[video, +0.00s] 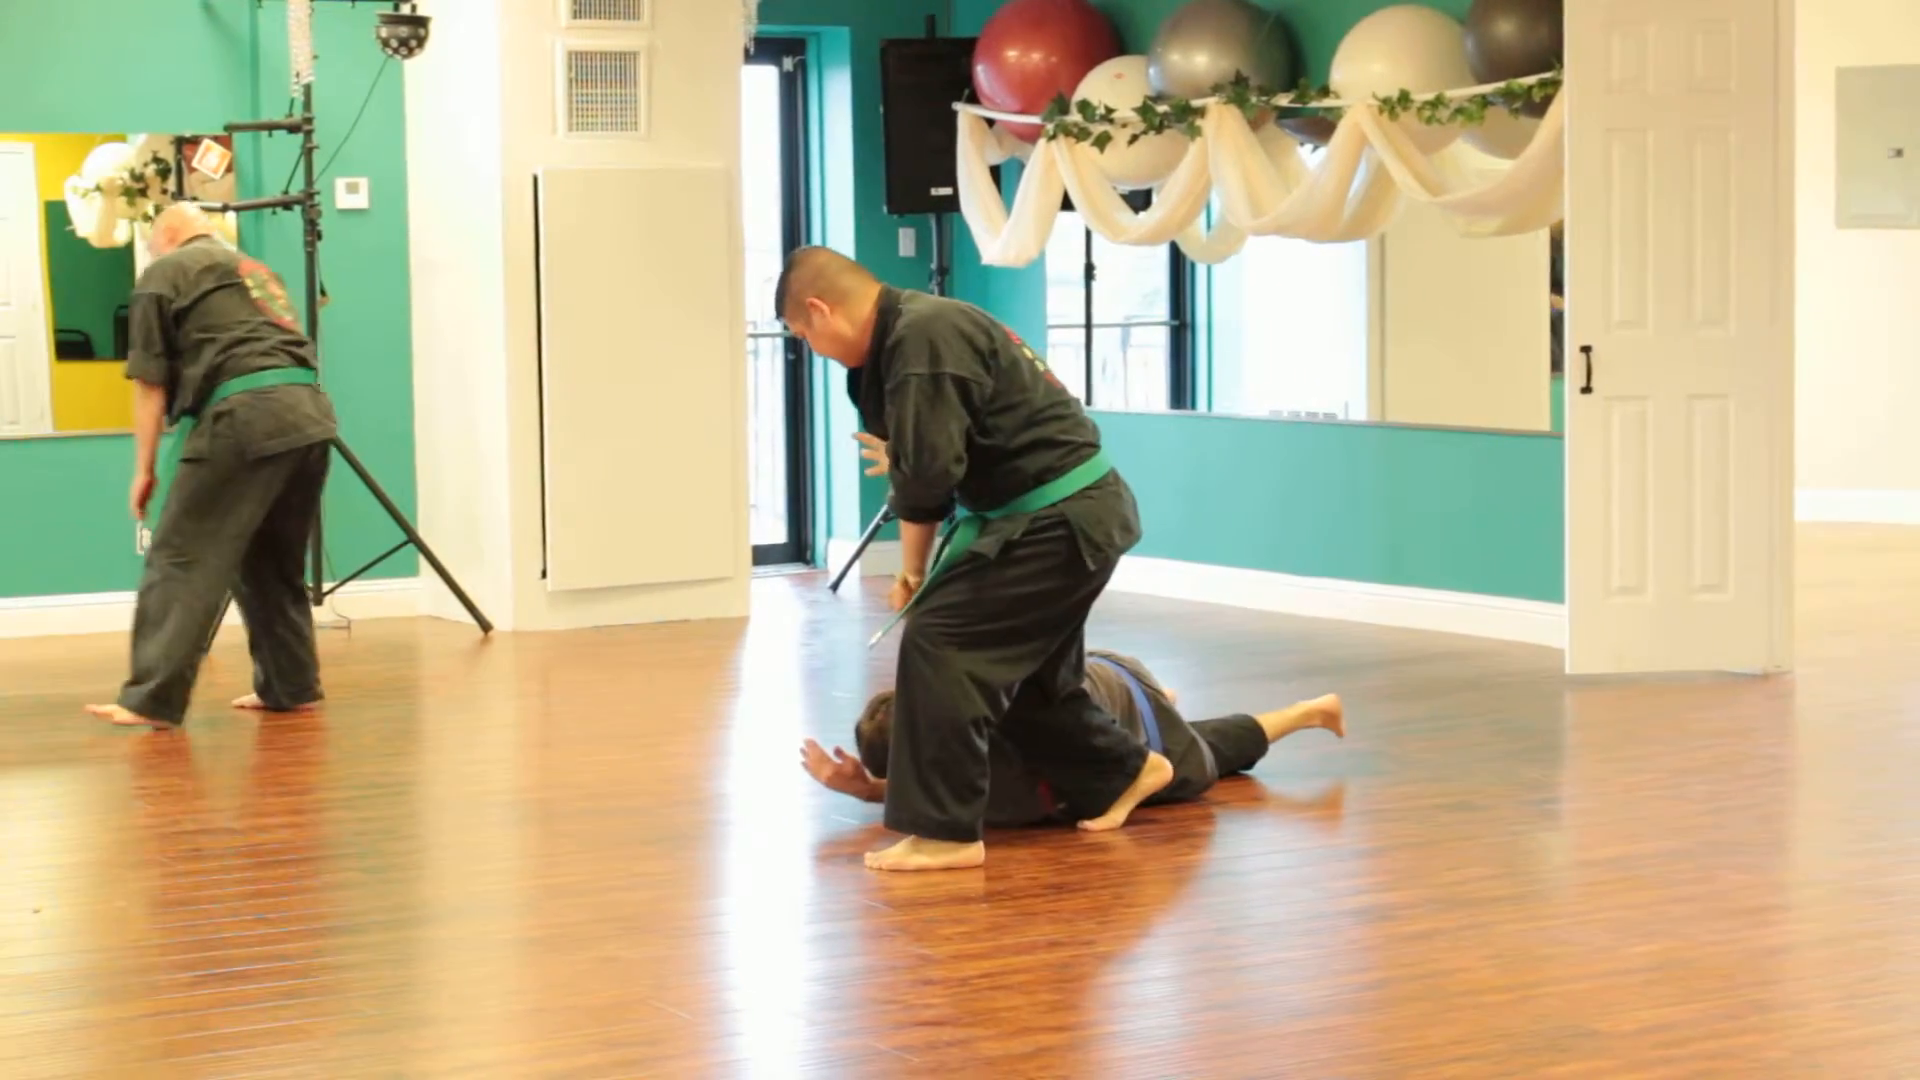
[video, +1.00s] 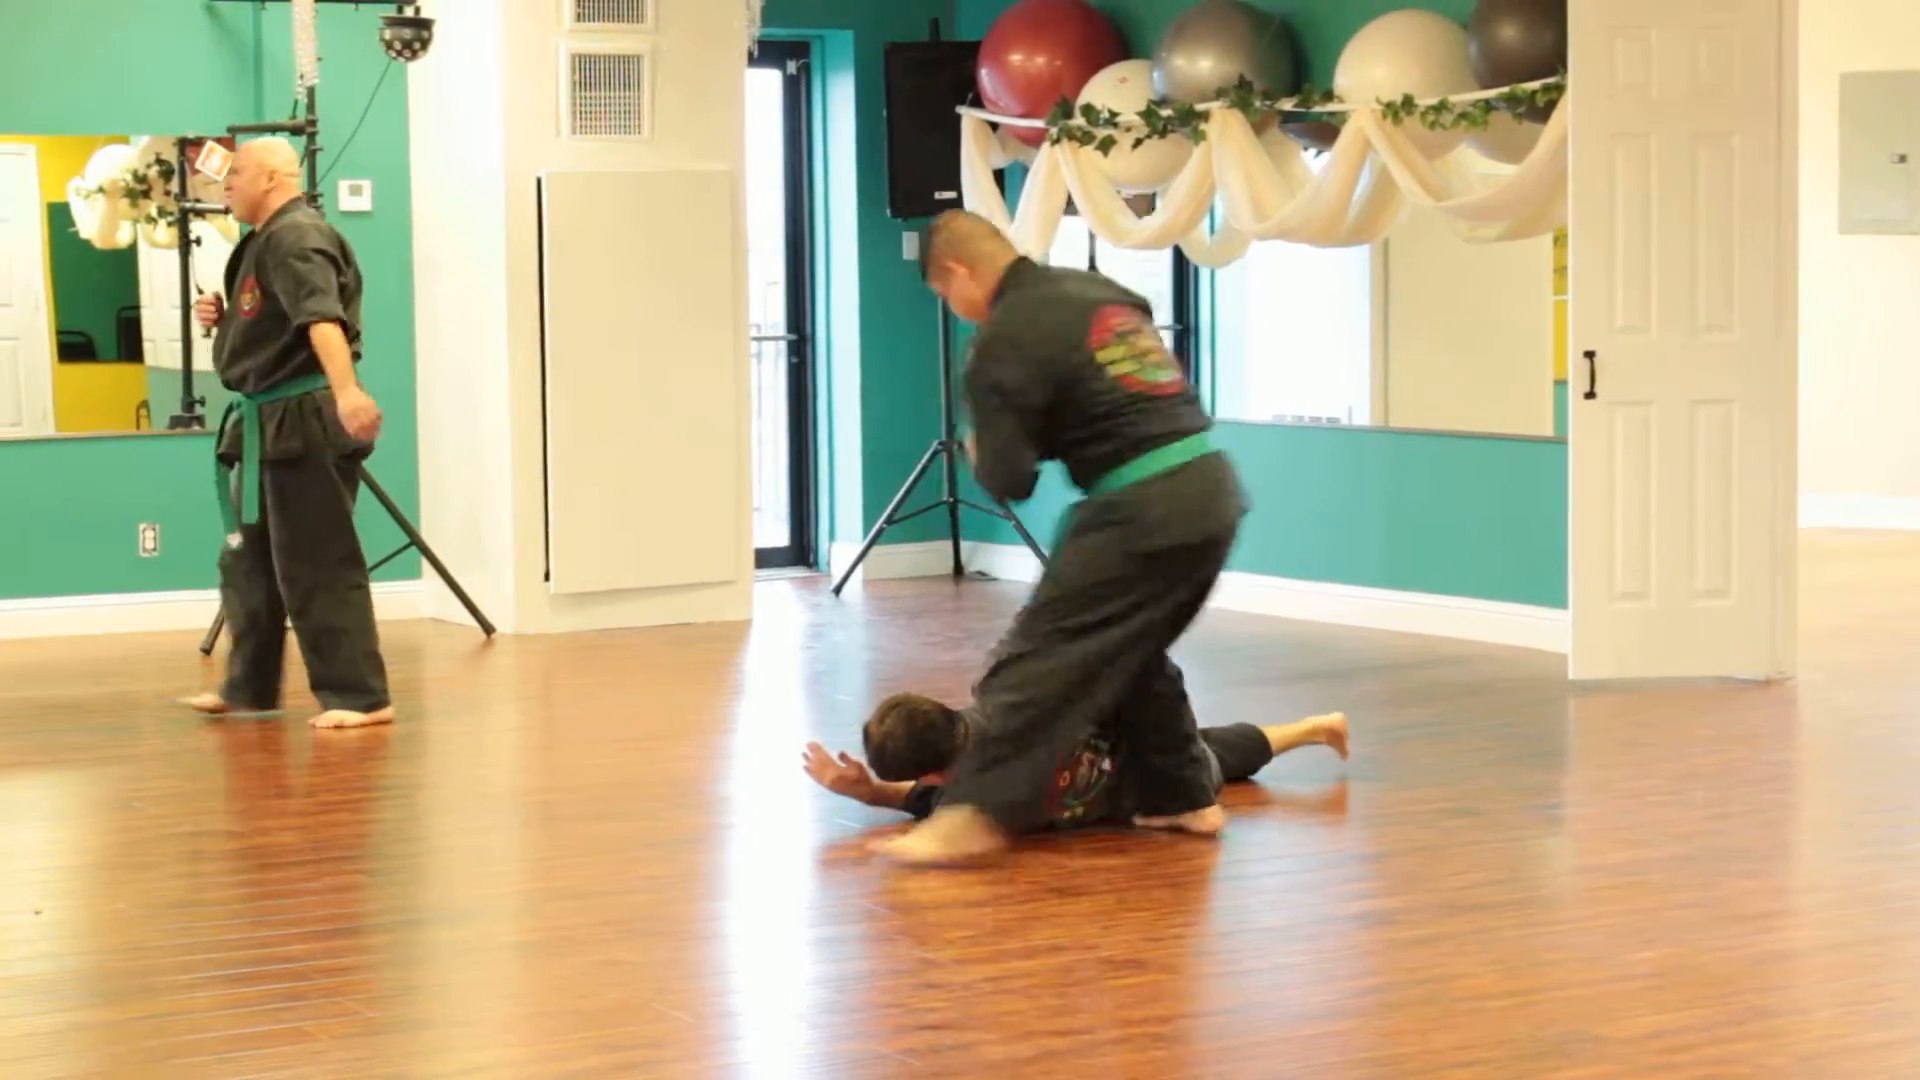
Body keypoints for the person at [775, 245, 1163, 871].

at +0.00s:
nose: (815, 352)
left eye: (804, 336)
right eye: (804, 340)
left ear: (822, 309)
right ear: (844, 294)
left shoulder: (923, 337)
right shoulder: (910, 338)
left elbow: (924, 477)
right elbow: (917, 476)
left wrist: (912, 574)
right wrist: (915, 571)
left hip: (1063, 513)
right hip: (1068, 510)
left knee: (936, 636)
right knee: (1025, 678)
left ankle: (944, 830)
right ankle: (1126, 767)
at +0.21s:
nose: (808, 346)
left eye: (799, 330)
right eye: (799, 334)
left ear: (816, 304)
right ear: (842, 286)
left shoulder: (915, 332)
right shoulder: (906, 330)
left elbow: (918, 478)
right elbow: (917, 484)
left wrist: (885, 457)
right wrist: (914, 579)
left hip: (1057, 509)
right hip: (1066, 505)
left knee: (933, 638)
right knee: (1024, 676)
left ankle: (943, 830)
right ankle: (1123, 766)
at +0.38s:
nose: (815, 332)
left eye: (806, 317)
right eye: (807, 319)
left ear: (820, 295)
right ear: (856, 272)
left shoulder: (911, 327)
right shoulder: (918, 312)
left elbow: (899, 465)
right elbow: (907, 471)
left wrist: (832, 442)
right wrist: (894, 560)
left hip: (1053, 509)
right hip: (1077, 499)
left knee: (935, 641)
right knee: (1034, 674)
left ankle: (941, 831)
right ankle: (1130, 772)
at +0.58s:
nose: (856, 306)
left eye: (850, 289)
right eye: (852, 291)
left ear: (862, 274)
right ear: (911, 253)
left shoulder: (904, 321)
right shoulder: (974, 299)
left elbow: (896, 454)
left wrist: (808, 453)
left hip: (1052, 508)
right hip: (1116, 491)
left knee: (928, 645)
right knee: (1080, 656)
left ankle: (937, 833)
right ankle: (1159, 795)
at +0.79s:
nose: (912, 294)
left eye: (909, 282)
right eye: (912, 283)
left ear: (921, 272)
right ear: (983, 257)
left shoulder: (925, 343)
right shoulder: (1069, 311)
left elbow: (912, 492)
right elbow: (1132, 428)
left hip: (1046, 529)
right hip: (1136, 512)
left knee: (921, 652)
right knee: (1106, 649)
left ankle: (924, 836)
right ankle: (1181, 799)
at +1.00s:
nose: (952, 308)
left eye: (944, 292)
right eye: (944, 295)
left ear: (961, 269)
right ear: (1001, 252)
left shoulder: (1005, 344)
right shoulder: (1099, 290)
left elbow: (1009, 478)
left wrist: (982, 445)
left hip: (1142, 507)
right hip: (1211, 491)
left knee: (1037, 655)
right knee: (1132, 650)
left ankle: (971, 812)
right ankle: (1186, 798)